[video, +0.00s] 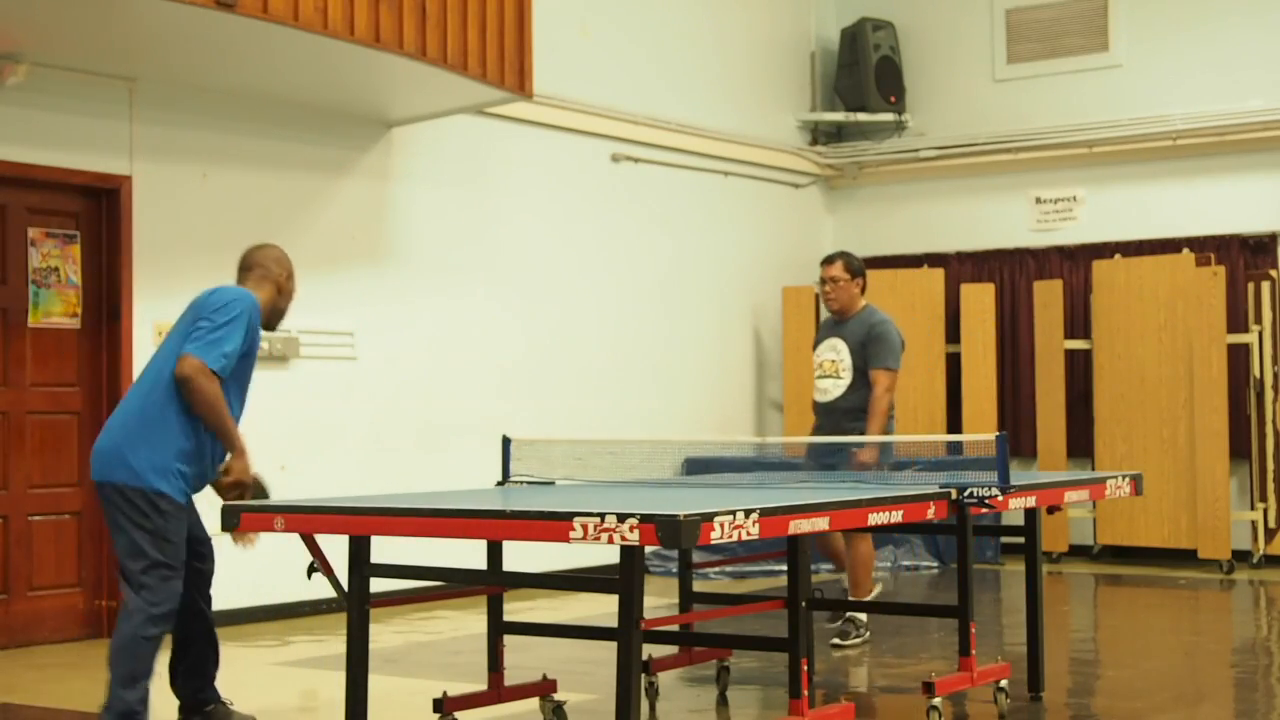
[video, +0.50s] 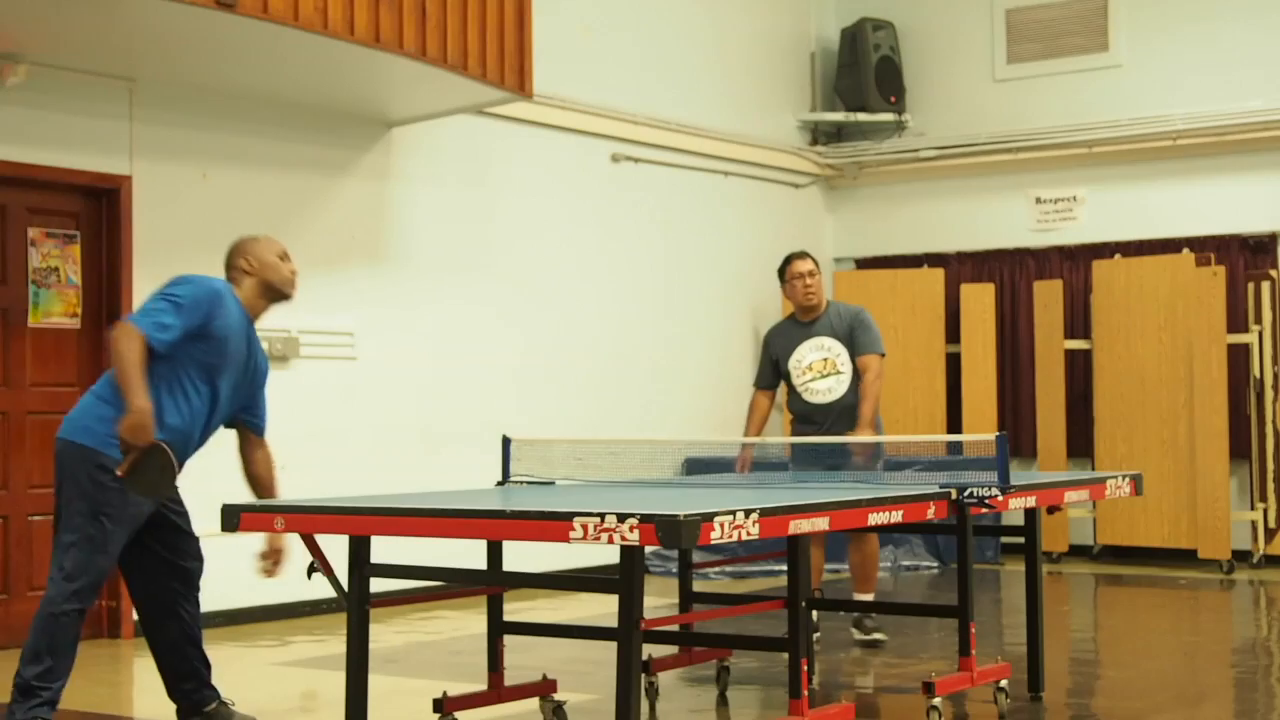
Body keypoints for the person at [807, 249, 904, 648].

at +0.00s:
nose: (827, 290)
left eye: (835, 282)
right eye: (824, 283)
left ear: (859, 284)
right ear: (822, 288)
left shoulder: (879, 328)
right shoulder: (827, 327)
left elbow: (883, 390)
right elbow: (825, 387)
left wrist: (871, 445)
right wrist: (813, 438)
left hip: (860, 444)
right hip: (824, 442)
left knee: (856, 524)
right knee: (812, 519)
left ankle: (857, 615)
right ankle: (863, 578)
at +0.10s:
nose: (821, 288)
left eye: (829, 280)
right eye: (817, 281)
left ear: (852, 283)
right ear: (815, 285)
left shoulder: (873, 325)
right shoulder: (819, 324)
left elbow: (873, 388)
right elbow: (818, 388)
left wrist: (853, 439)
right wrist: (805, 435)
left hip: (860, 443)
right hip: (819, 440)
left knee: (855, 523)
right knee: (807, 518)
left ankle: (857, 614)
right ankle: (828, 598)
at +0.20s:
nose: (815, 288)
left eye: (824, 280)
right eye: (810, 281)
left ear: (845, 284)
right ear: (806, 286)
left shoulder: (868, 325)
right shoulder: (807, 328)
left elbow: (867, 388)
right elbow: (801, 386)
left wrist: (837, 438)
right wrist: (796, 436)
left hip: (857, 444)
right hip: (813, 443)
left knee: (854, 524)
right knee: (808, 525)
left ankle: (857, 615)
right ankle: (809, 610)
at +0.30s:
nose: (815, 287)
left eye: (822, 279)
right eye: (807, 280)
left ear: (836, 282)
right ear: (798, 287)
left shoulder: (862, 324)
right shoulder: (794, 332)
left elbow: (864, 384)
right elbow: (788, 390)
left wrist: (835, 431)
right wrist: (781, 439)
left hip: (856, 441)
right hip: (809, 442)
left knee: (855, 524)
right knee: (806, 523)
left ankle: (857, 615)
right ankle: (808, 610)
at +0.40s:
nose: (810, 284)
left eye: (815, 277)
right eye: (801, 279)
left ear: (827, 281)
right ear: (789, 288)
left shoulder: (857, 320)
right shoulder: (782, 335)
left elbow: (868, 377)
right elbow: (772, 392)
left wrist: (844, 427)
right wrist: (760, 444)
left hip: (857, 440)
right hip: (806, 442)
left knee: (855, 524)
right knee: (807, 525)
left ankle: (858, 611)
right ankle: (809, 609)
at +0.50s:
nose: (806, 283)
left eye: (811, 275)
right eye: (796, 279)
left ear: (822, 280)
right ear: (785, 289)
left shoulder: (854, 318)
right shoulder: (777, 338)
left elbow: (871, 373)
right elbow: (763, 394)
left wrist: (865, 428)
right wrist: (749, 444)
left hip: (856, 441)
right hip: (807, 446)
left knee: (863, 523)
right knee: (809, 527)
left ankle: (865, 613)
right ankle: (810, 613)